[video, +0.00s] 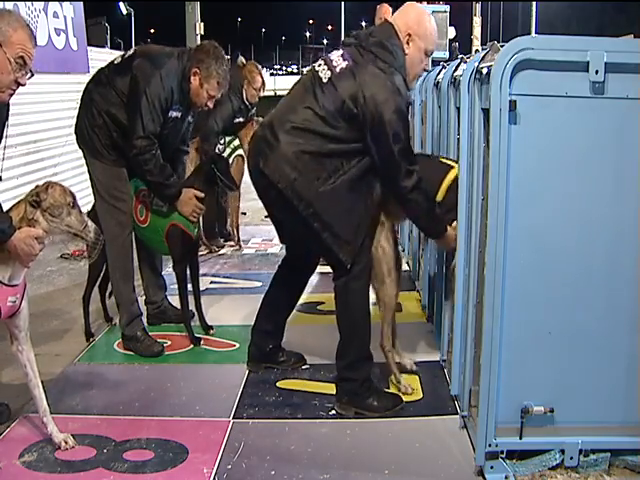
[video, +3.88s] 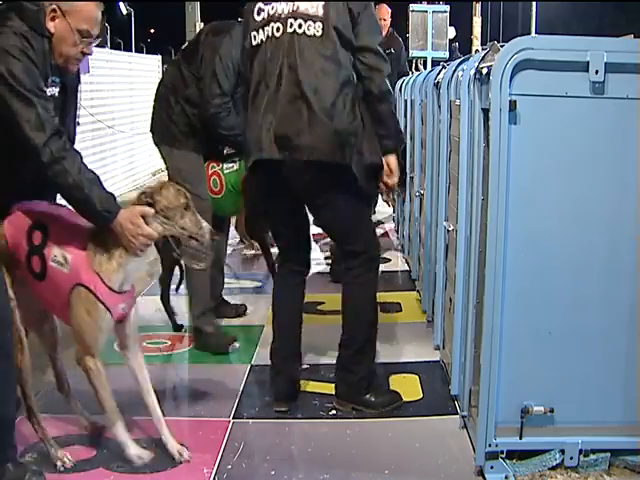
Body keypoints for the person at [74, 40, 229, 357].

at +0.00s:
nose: (210, 104)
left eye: (215, 99)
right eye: (208, 96)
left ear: (197, 74)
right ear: (194, 76)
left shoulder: (191, 85)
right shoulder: (155, 76)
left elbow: (178, 147)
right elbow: (140, 146)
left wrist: (176, 190)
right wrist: (175, 192)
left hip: (139, 135)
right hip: (103, 132)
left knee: (147, 219)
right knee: (119, 224)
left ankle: (157, 304)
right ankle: (131, 326)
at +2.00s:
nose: (211, 96)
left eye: (215, 90)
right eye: (209, 87)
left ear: (197, 68)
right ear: (191, 69)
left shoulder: (193, 81)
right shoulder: (152, 73)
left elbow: (183, 136)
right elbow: (138, 143)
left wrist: (191, 163)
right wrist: (181, 167)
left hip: (142, 137)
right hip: (104, 134)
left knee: (153, 218)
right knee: (124, 223)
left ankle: (158, 303)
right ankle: (130, 324)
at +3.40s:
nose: (240, 71)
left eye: (245, 65)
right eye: (238, 63)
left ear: (230, 50)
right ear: (220, 46)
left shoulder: (221, 70)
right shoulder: (182, 54)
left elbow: (216, 122)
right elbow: (169, 120)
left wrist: (223, 145)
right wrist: (208, 149)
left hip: (183, 144)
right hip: (142, 139)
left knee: (199, 217)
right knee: (152, 219)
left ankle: (210, 301)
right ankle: (134, 324)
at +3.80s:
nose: (272, 52)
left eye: (275, 45)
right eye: (270, 44)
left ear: (261, 39)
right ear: (256, 37)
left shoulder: (257, 56)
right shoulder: (222, 42)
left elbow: (252, 108)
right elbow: (208, 106)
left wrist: (255, 138)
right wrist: (241, 141)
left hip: (209, 134)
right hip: (173, 127)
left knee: (214, 212)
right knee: (190, 213)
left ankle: (211, 300)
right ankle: (169, 315)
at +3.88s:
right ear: (263, 23)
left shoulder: (259, 47)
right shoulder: (226, 38)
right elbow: (215, 106)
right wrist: (251, 142)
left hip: (208, 134)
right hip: (179, 129)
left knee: (217, 216)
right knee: (199, 220)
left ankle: (213, 300)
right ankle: (202, 322)